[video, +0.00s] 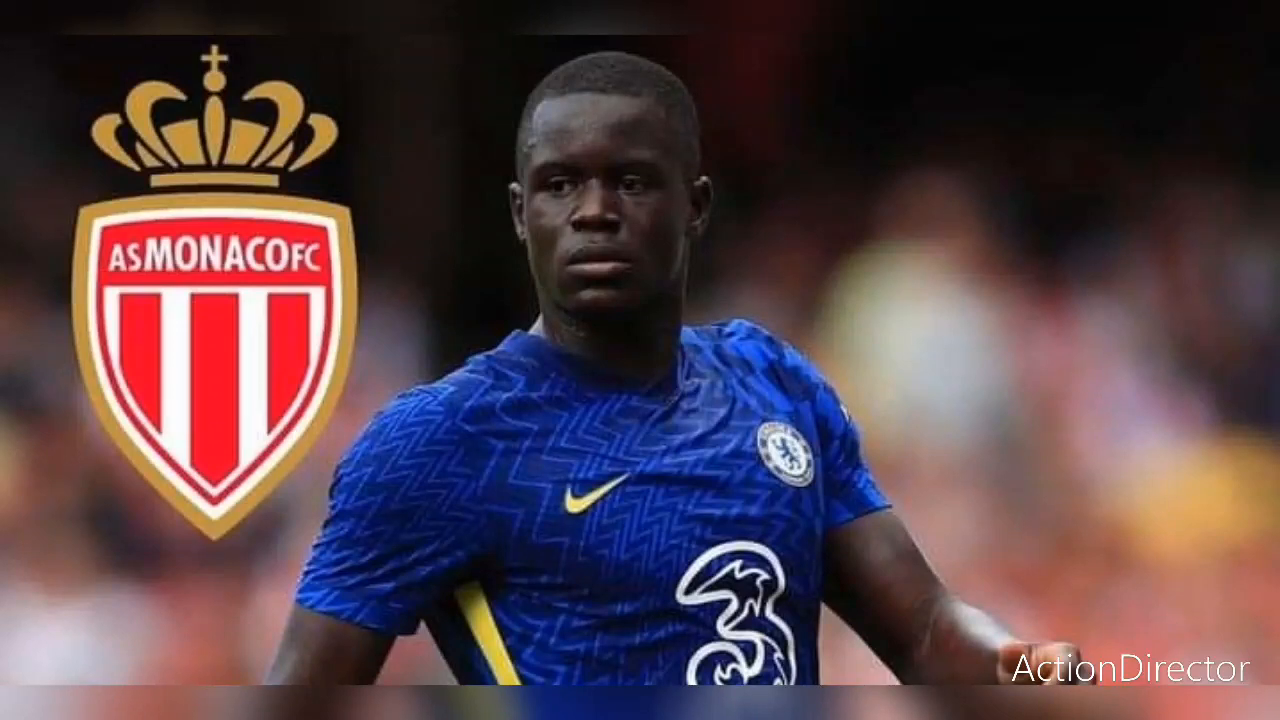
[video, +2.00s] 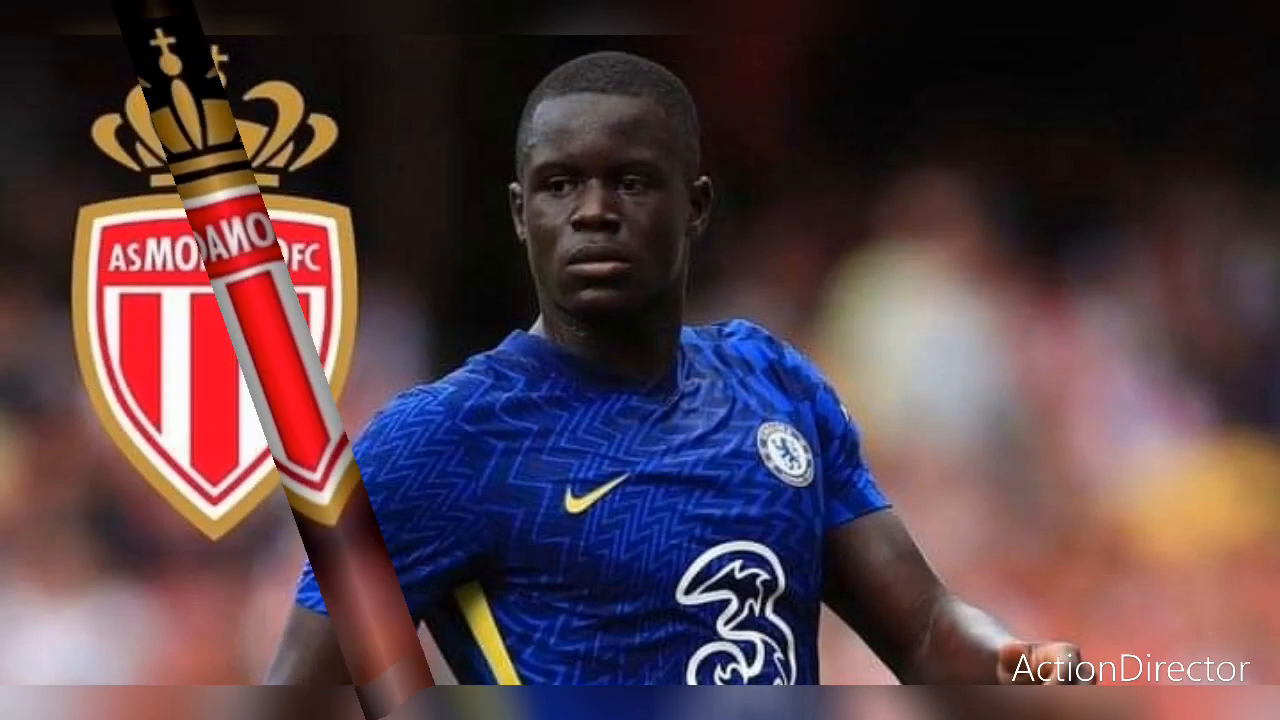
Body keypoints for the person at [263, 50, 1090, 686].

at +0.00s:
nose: (595, 209)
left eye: (633, 178)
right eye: (560, 181)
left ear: (697, 208)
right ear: (523, 215)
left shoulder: (771, 385)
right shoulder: (433, 445)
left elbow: (921, 626)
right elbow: (300, 692)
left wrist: (1021, 673)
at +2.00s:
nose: (595, 209)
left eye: (633, 179)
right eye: (560, 181)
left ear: (697, 210)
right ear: (523, 215)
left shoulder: (771, 385)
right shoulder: (437, 440)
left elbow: (921, 626)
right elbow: (297, 689)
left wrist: (1017, 673)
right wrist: (398, 694)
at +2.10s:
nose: (596, 209)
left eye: (634, 179)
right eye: (561, 181)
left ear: (697, 210)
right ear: (523, 214)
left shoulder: (772, 385)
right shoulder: (432, 440)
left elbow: (921, 626)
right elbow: (304, 688)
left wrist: (1016, 671)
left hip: (771, 709)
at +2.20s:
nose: (594, 213)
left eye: (633, 180)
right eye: (558, 184)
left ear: (696, 203)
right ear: (519, 214)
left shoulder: (769, 382)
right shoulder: (463, 418)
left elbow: (922, 626)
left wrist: (1022, 669)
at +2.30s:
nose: (596, 208)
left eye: (633, 179)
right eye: (560, 181)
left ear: (697, 211)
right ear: (521, 219)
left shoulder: (769, 385)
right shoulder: (435, 443)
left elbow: (921, 626)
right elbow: (302, 692)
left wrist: (1019, 674)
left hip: (777, 708)